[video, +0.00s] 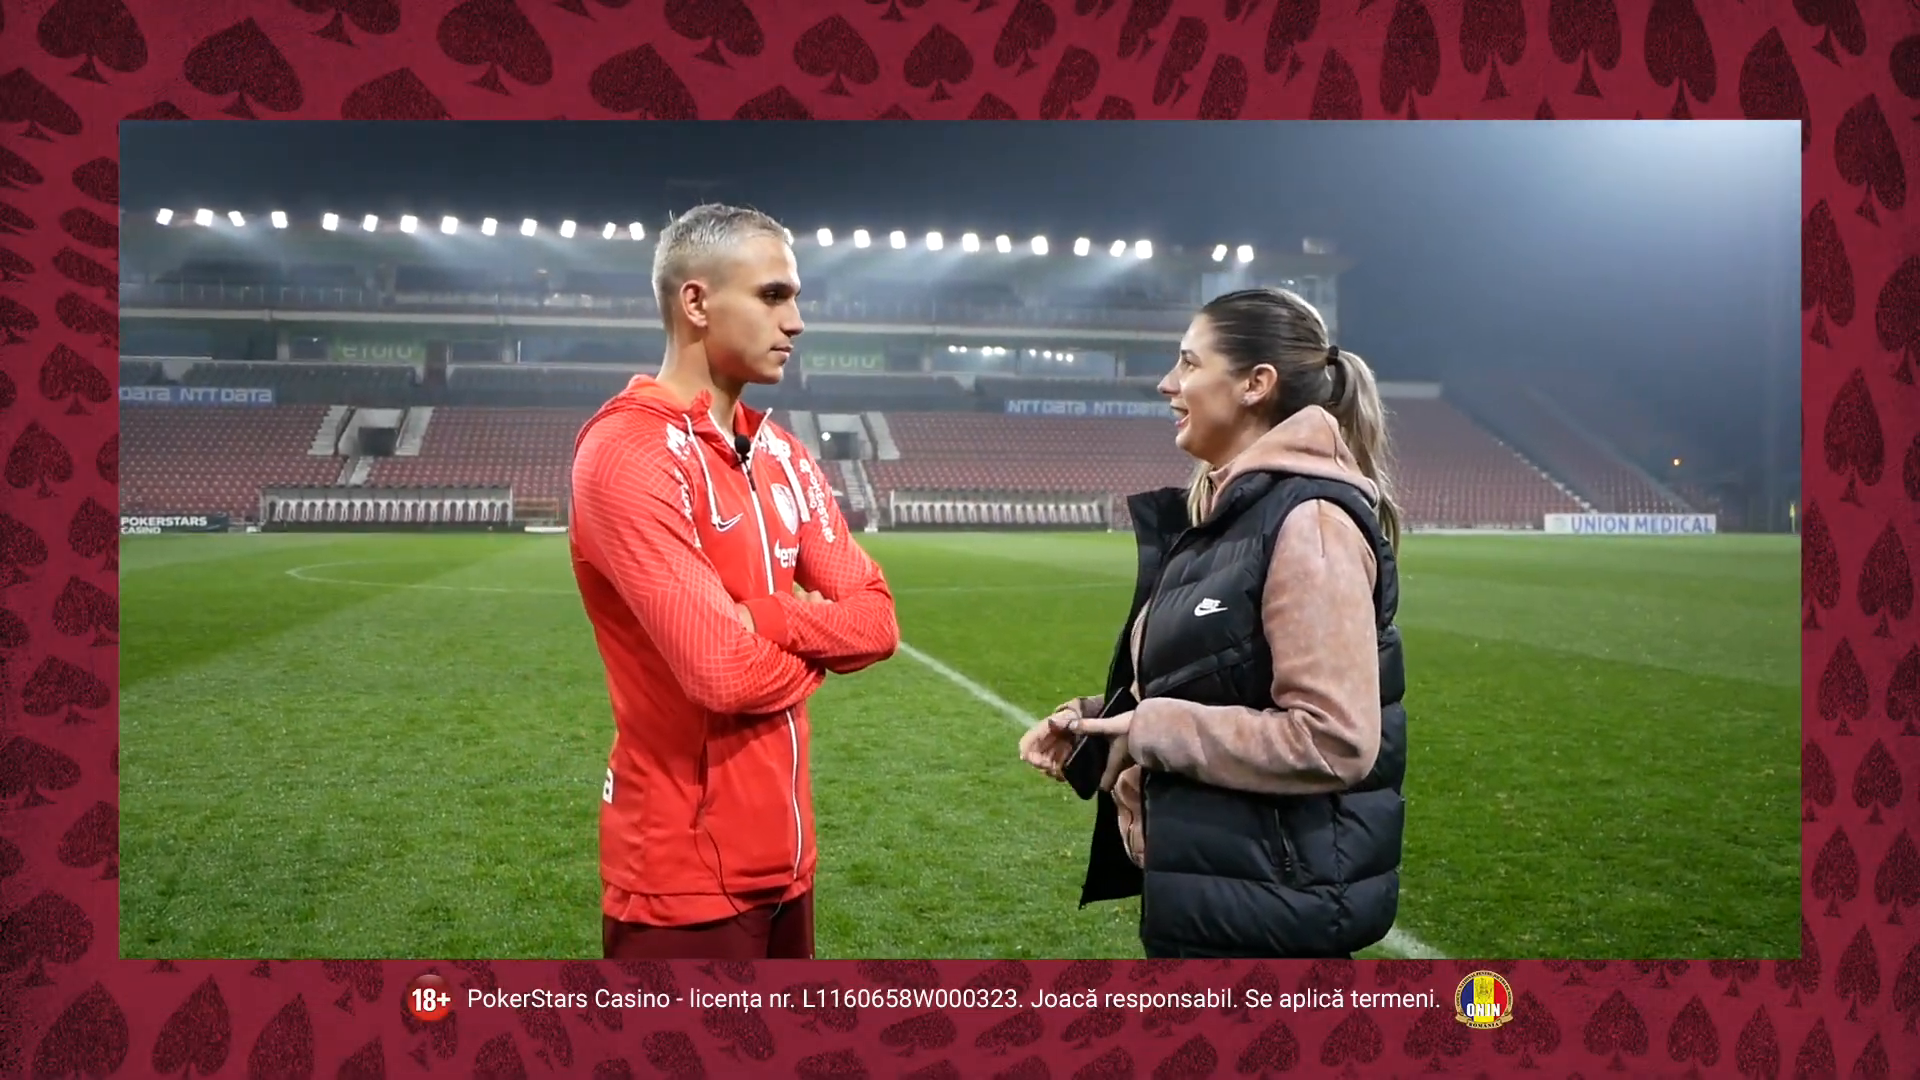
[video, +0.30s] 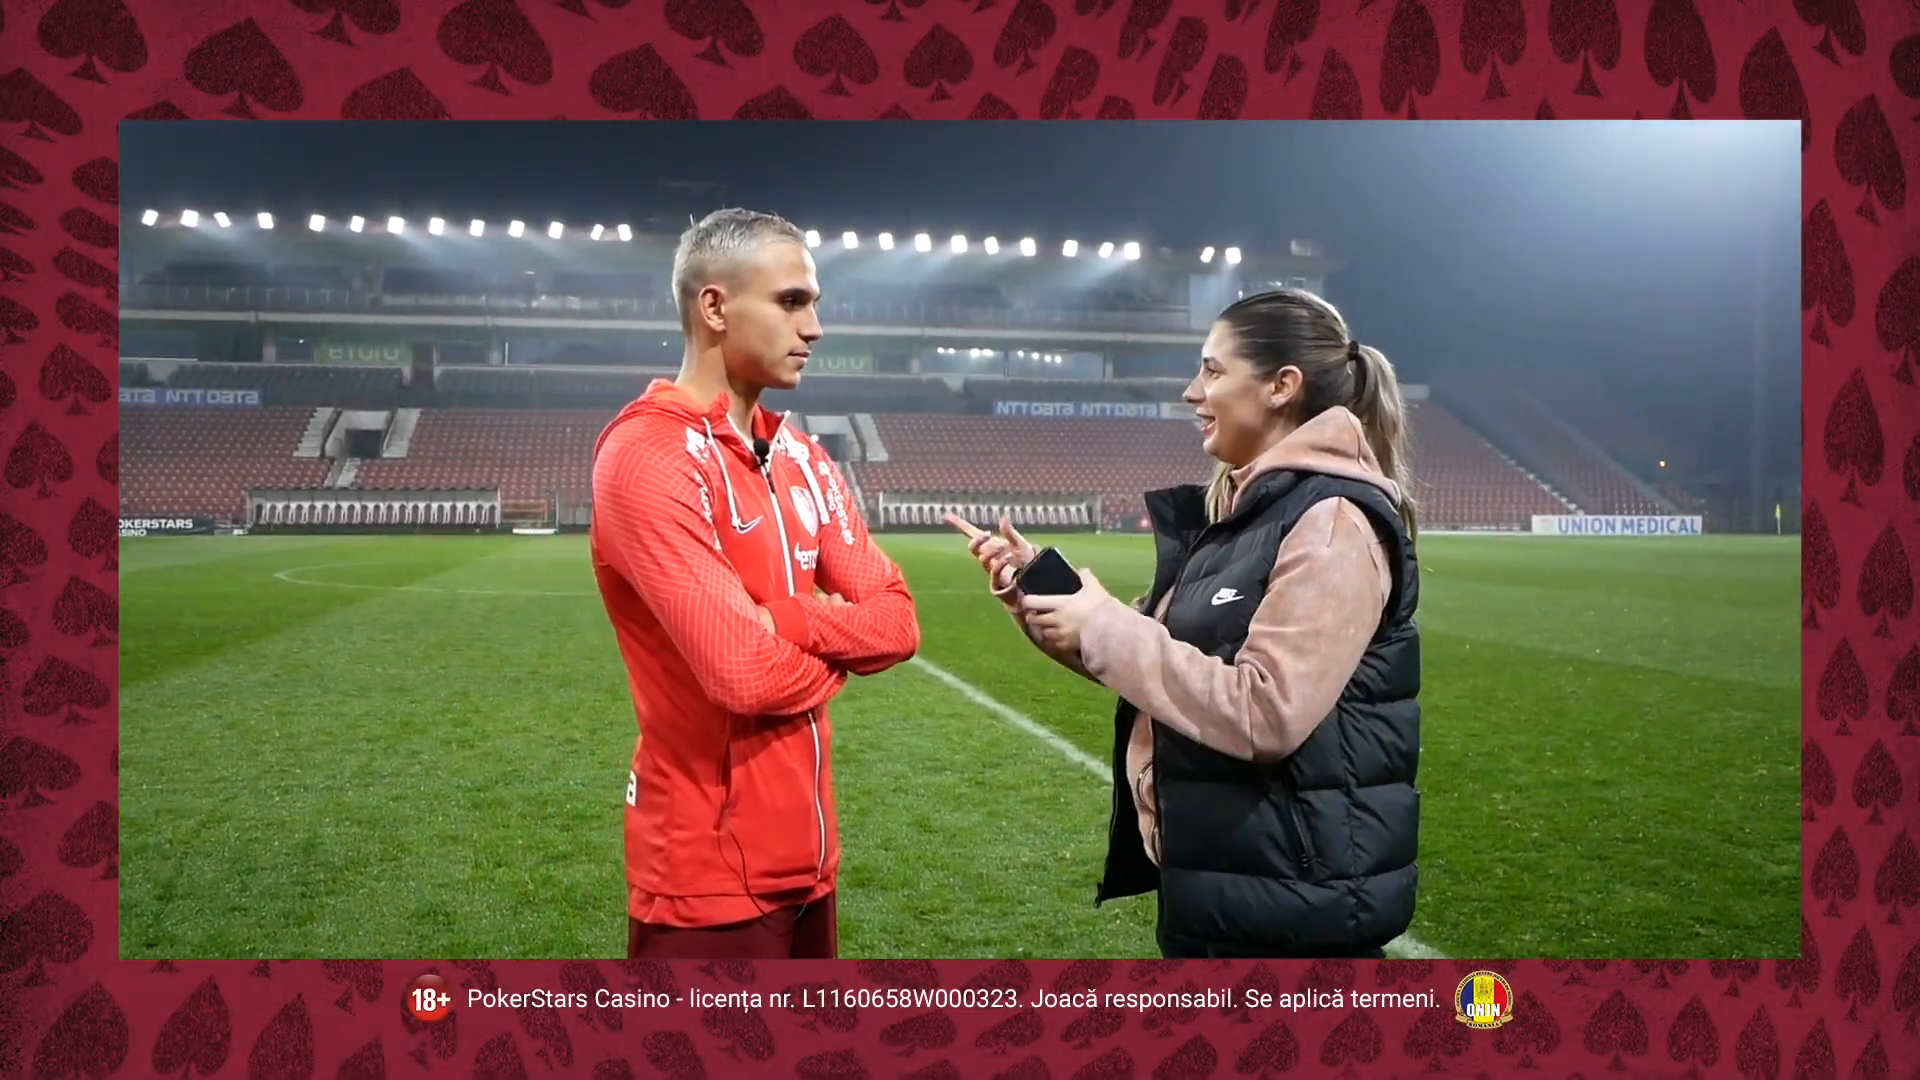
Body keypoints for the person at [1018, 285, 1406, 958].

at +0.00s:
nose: (1166, 385)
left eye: (1189, 364)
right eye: (1176, 364)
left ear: (1257, 384)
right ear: (1250, 384)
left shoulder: (1311, 523)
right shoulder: (1230, 512)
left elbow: (1333, 740)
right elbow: (1220, 695)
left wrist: (1157, 730)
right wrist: (1099, 725)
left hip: (1269, 919)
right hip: (1211, 909)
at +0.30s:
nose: (1191, 393)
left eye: (1213, 371)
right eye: (1199, 372)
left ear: (1283, 386)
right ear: (1274, 386)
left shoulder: (1335, 523)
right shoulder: (1246, 512)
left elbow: (1265, 708)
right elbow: (1163, 665)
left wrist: (1102, 629)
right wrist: (1045, 590)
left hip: (1293, 911)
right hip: (1227, 902)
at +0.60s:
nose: (1195, 393)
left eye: (1217, 370)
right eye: (1204, 372)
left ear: (1287, 386)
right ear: (1277, 385)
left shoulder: (1344, 525)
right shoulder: (1242, 512)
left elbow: (1286, 721)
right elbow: (1151, 673)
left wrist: (1138, 623)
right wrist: (1050, 606)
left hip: (1299, 909)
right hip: (1223, 900)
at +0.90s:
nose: (1204, 382)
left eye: (1226, 360)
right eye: (1213, 361)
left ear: (1296, 379)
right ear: (1292, 382)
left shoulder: (1324, 523)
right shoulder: (1244, 508)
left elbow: (1315, 747)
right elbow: (1172, 666)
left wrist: (1144, 759)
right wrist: (1097, 624)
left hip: (1283, 912)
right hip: (1225, 903)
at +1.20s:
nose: (1168, 385)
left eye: (1191, 364)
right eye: (1178, 365)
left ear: (1255, 389)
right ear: (1249, 391)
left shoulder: (1318, 531)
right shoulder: (1221, 515)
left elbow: (1331, 747)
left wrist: (1156, 735)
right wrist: (1112, 649)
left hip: (1279, 919)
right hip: (1209, 909)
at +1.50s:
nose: (1157, 403)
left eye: (1175, 379)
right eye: (1164, 380)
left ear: (1241, 396)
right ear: (1237, 398)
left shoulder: (1317, 538)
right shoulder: (1216, 519)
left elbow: (1330, 755)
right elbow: (1179, 686)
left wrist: (1155, 739)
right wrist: (1093, 652)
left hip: (1278, 915)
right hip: (1207, 904)